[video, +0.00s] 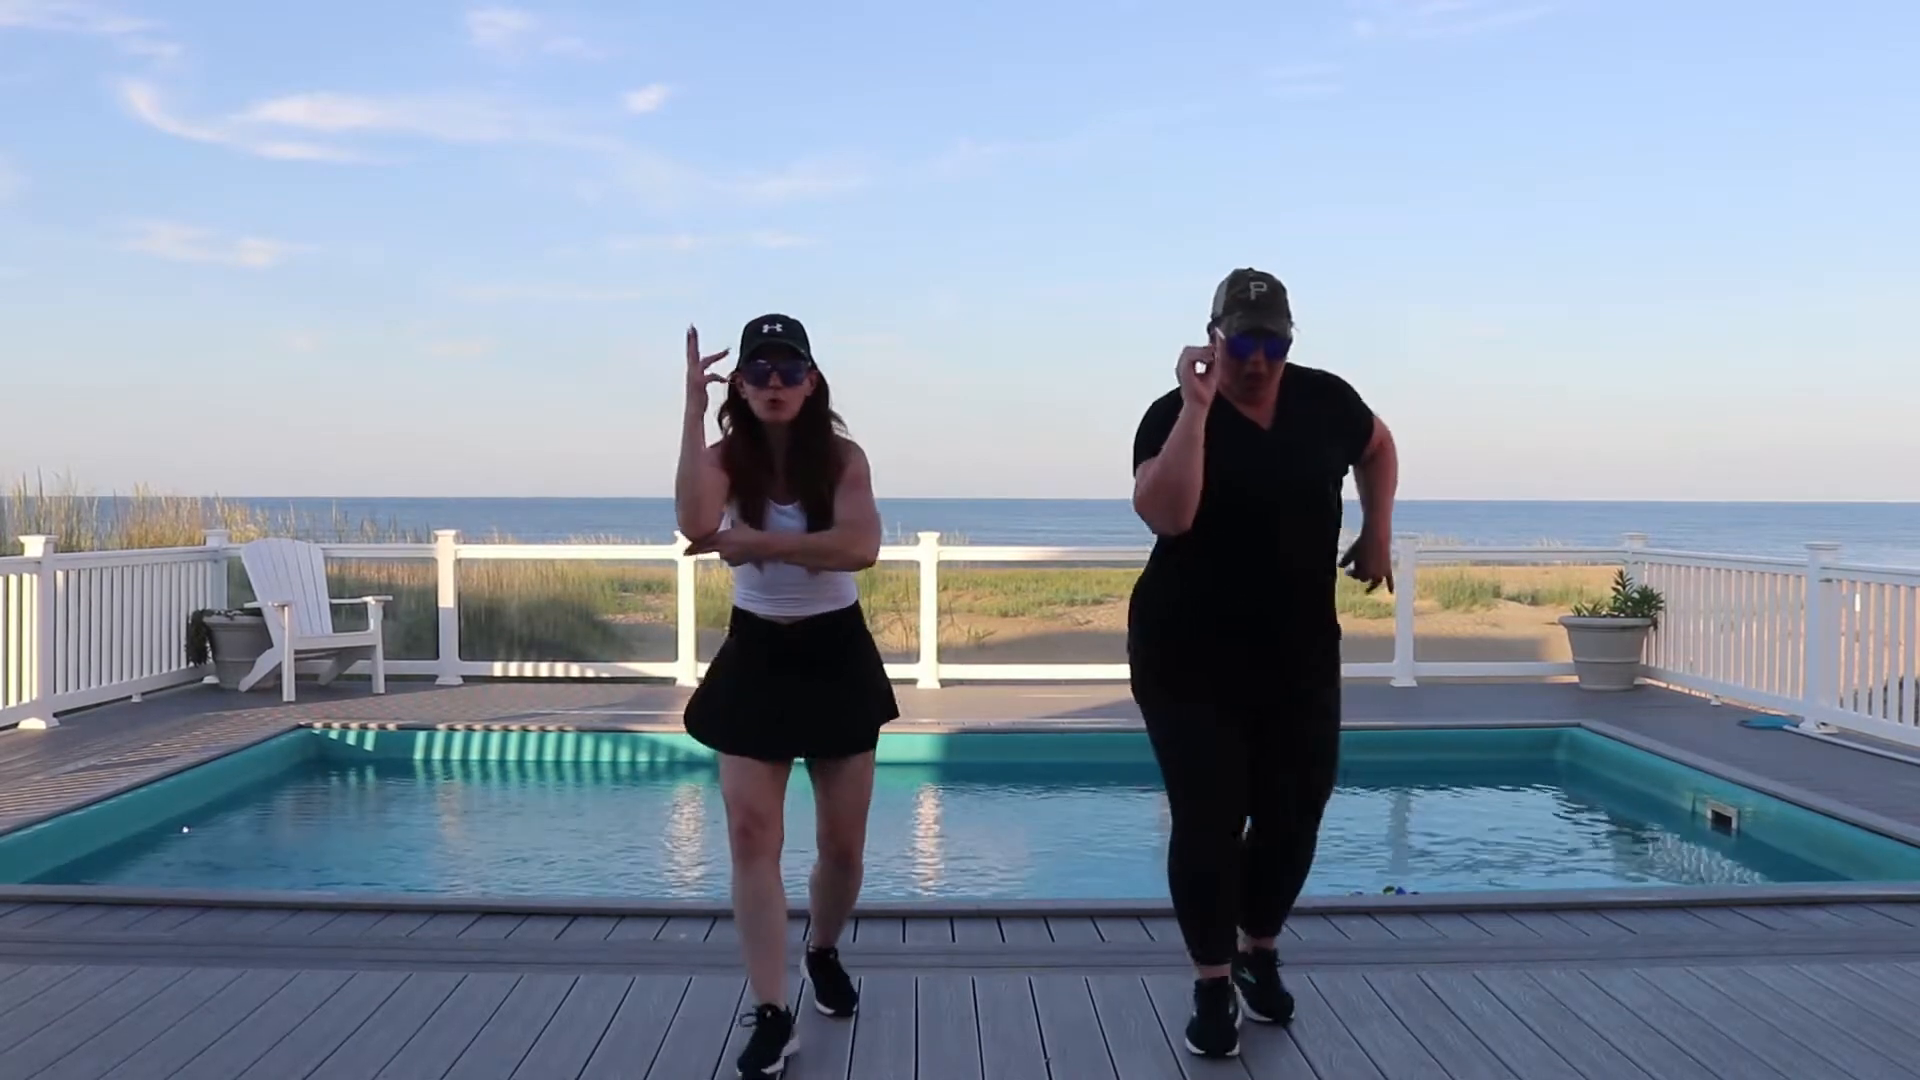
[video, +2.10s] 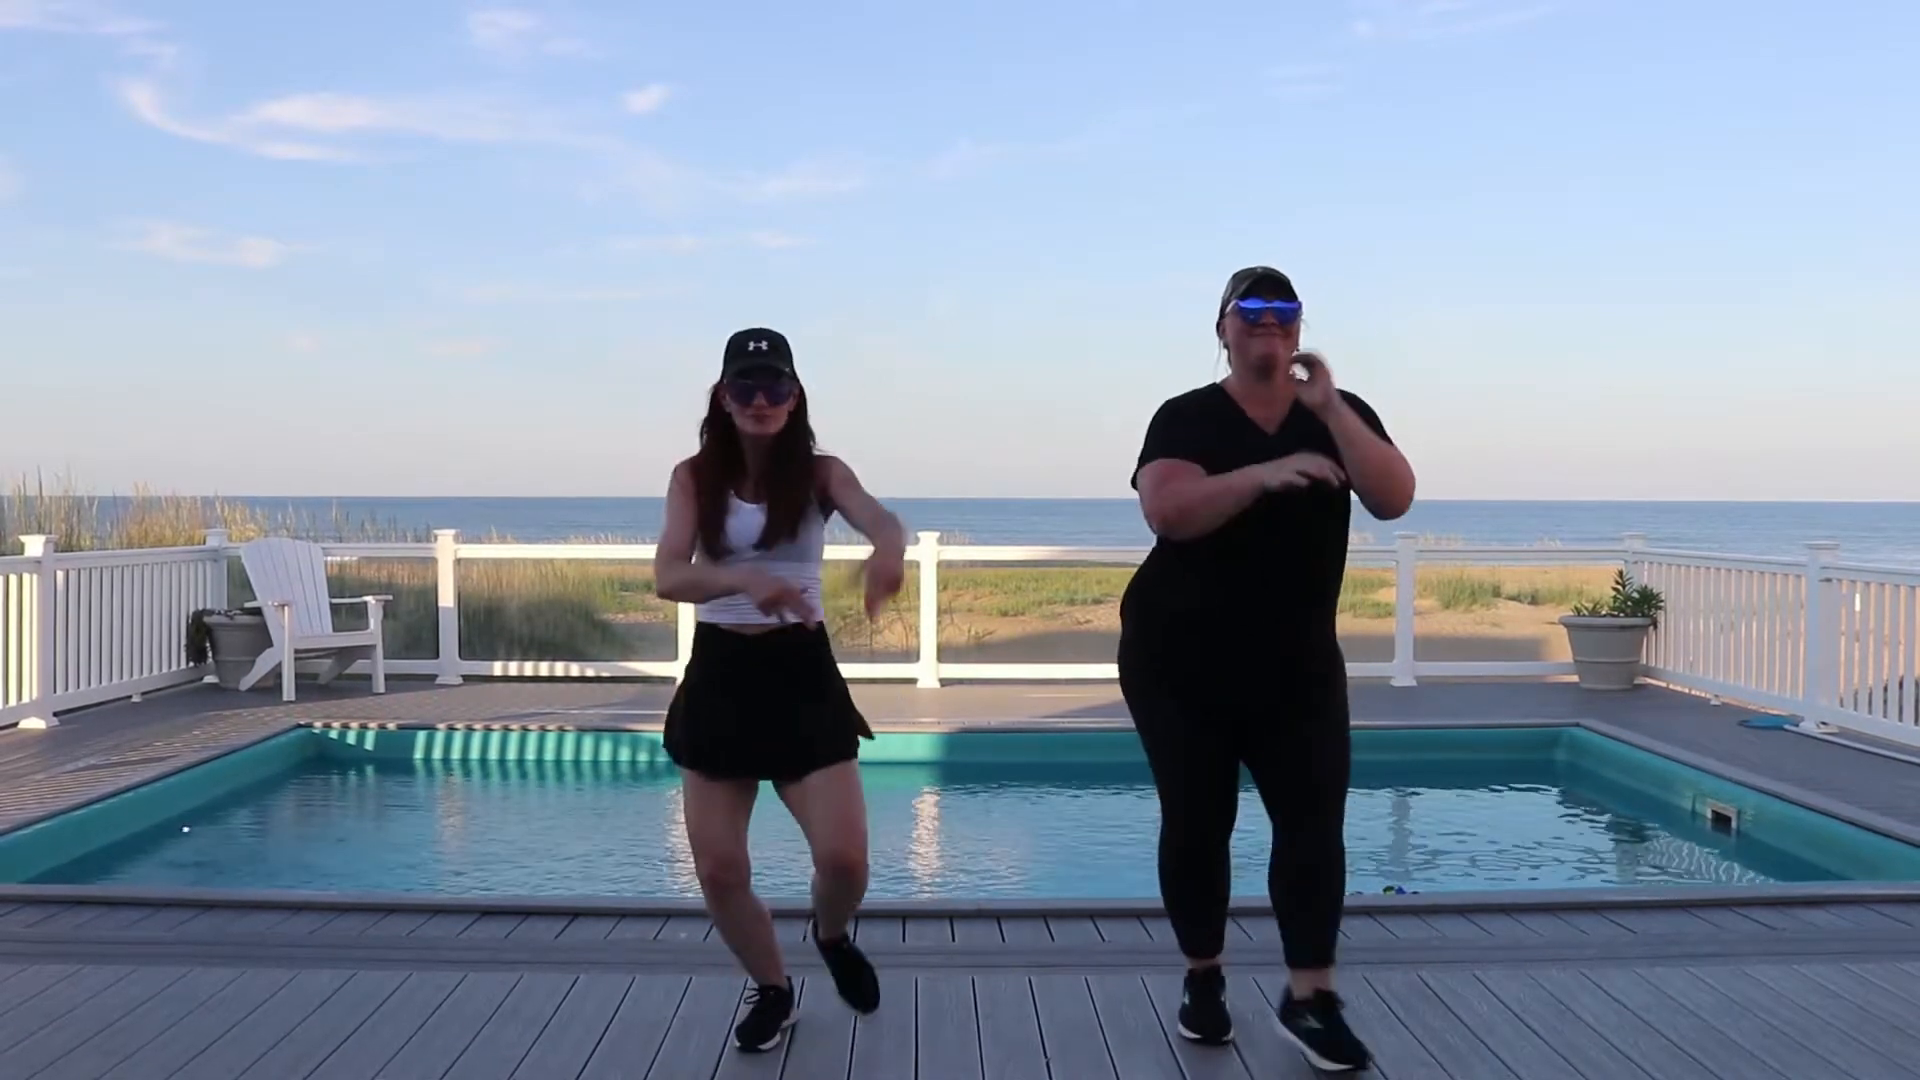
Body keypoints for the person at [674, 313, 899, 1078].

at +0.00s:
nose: (775, 383)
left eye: (789, 369)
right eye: (760, 370)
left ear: (812, 378)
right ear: (739, 383)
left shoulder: (840, 454)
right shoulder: (724, 454)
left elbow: (862, 545)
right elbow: (697, 524)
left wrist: (763, 546)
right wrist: (694, 411)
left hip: (840, 654)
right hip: (756, 655)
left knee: (843, 849)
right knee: (750, 835)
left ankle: (823, 950)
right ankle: (771, 1010)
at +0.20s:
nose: (774, 370)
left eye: (789, 356)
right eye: (759, 357)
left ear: (810, 366)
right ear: (739, 366)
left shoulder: (834, 437)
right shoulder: (719, 440)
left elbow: (852, 532)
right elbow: (681, 537)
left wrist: (773, 586)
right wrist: (690, 464)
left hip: (834, 638)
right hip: (751, 638)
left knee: (854, 834)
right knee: (748, 828)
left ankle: (830, 944)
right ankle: (777, 972)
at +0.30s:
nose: (775, 395)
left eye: (789, 381)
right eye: (761, 381)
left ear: (812, 387)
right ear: (740, 387)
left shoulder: (835, 461)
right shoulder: (713, 461)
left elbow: (860, 531)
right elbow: (674, 546)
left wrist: (866, 602)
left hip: (820, 656)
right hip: (738, 659)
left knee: (860, 855)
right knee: (745, 859)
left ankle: (835, 928)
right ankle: (783, 981)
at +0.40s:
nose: (779, 402)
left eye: (794, 388)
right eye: (765, 388)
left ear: (815, 396)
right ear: (743, 394)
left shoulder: (831, 464)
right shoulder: (714, 469)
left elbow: (875, 502)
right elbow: (682, 554)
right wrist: (762, 569)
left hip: (815, 668)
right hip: (731, 670)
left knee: (840, 852)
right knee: (738, 863)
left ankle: (839, 963)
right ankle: (782, 983)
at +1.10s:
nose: (783, 375)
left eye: (797, 360)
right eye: (768, 361)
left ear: (820, 367)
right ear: (747, 367)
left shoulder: (841, 448)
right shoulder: (721, 438)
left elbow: (859, 530)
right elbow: (659, 507)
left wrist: (872, 491)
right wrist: (747, 548)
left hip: (814, 646)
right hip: (731, 643)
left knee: (798, 845)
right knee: (697, 844)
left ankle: (789, 976)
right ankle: (735, 936)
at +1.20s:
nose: (779, 394)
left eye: (793, 380)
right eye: (764, 381)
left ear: (814, 389)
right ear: (743, 392)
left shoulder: (838, 468)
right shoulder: (723, 460)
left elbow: (862, 548)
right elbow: (643, 494)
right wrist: (712, 501)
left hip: (824, 669)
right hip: (741, 666)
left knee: (811, 858)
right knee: (687, 849)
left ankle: (787, 976)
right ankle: (731, 948)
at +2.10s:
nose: (760, 400)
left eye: (774, 387)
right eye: (745, 388)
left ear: (795, 394)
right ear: (723, 395)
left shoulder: (820, 471)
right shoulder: (695, 478)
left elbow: (884, 525)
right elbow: (668, 577)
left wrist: (888, 557)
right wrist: (745, 578)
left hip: (803, 672)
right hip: (719, 674)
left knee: (846, 860)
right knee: (717, 871)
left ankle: (833, 938)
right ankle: (771, 988)